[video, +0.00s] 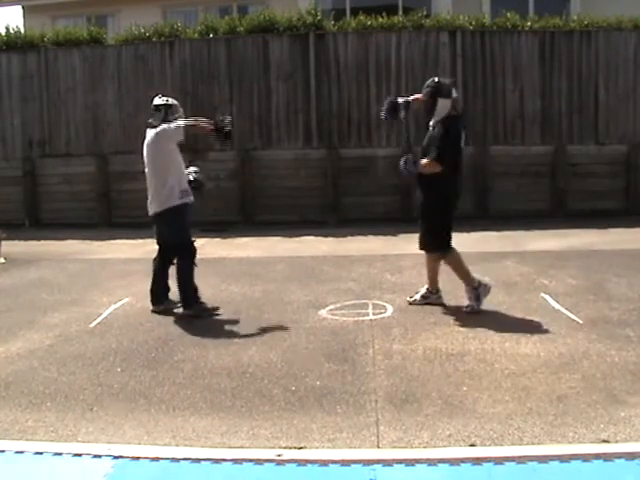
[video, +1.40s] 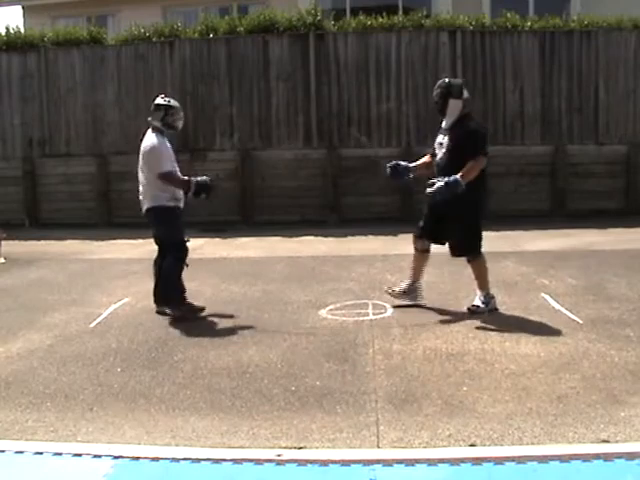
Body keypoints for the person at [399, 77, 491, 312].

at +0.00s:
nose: (422, 100)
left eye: (426, 97)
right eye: (424, 97)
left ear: (437, 101)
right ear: (443, 101)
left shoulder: (443, 127)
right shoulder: (446, 120)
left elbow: (438, 164)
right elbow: (426, 98)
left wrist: (414, 165)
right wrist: (403, 102)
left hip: (441, 193)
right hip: (435, 191)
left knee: (439, 243)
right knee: (432, 242)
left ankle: (474, 286)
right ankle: (432, 289)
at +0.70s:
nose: (427, 101)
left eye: (431, 96)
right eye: (427, 96)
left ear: (443, 100)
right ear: (441, 100)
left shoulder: (455, 125)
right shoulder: (437, 123)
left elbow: (454, 164)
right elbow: (411, 122)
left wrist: (424, 159)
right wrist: (388, 110)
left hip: (451, 198)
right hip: (438, 196)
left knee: (459, 247)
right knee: (432, 243)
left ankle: (483, 293)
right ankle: (431, 290)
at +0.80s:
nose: (433, 103)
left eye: (438, 98)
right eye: (433, 98)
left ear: (451, 100)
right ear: (444, 100)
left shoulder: (465, 125)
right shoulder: (442, 125)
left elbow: (459, 160)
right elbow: (419, 148)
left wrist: (432, 148)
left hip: (465, 199)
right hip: (447, 198)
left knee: (474, 247)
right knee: (439, 243)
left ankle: (486, 295)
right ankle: (433, 290)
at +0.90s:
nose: (437, 101)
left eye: (441, 97)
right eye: (436, 96)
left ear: (456, 99)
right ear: (440, 100)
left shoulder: (469, 125)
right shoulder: (446, 124)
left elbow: (461, 156)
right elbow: (431, 151)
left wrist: (435, 140)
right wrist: (411, 167)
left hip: (473, 198)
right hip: (452, 197)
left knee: (479, 246)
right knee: (442, 241)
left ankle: (486, 295)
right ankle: (435, 289)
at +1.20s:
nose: (440, 105)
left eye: (444, 100)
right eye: (439, 100)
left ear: (458, 101)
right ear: (448, 101)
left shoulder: (474, 127)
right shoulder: (449, 127)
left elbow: (484, 159)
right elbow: (446, 163)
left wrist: (456, 167)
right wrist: (421, 174)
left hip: (471, 200)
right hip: (450, 197)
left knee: (475, 248)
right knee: (436, 241)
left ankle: (486, 296)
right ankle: (436, 290)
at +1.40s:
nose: (439, 107)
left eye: (443, 101)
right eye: (440, 101)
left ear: (455, 102)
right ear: (446, 102)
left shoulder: (471, 129)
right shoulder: (446, 128)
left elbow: (479, 160)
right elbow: (434, 158)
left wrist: (456, 182)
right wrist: (410, 168)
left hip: (465, 199)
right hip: (442, 196)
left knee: (471, 250)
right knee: (421, 239)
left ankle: (486, 296)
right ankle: (413, 287)